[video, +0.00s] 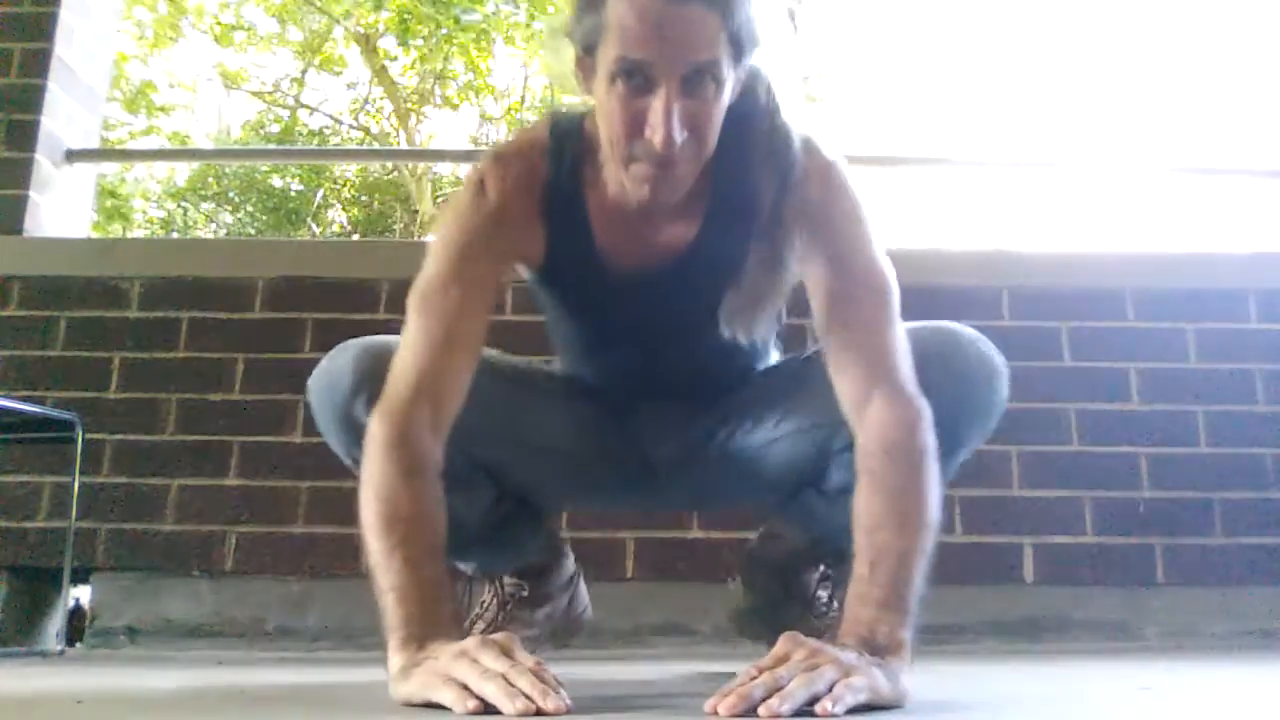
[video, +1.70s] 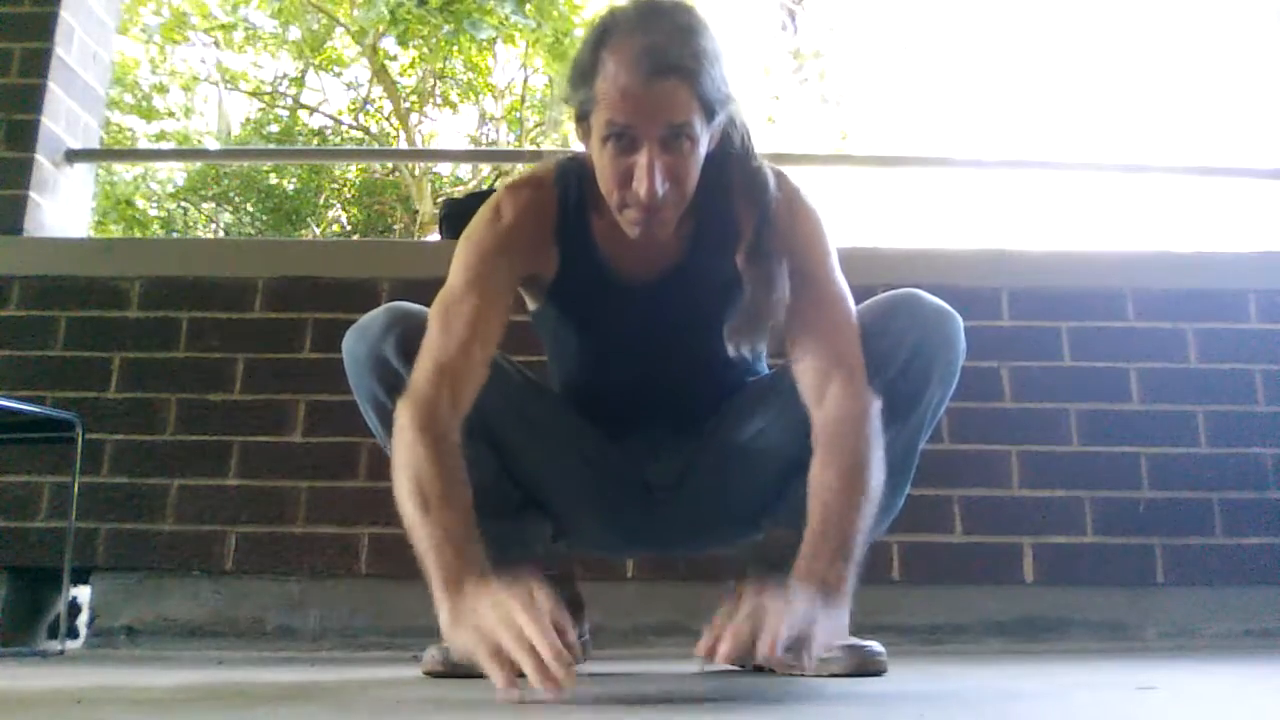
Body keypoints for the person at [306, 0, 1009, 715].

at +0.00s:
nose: (665, 125)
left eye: (698, 84)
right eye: (634, 83)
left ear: (736, 81)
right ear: (587, 74)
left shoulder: (802, 185)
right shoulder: (510, 188)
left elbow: (888, 409)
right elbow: (406, 430)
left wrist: (876, 649)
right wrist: (417, 654)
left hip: (738, 436)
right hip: (583, 435)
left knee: (966, 370)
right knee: (350, 382)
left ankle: (791, 574)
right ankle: (531, 580)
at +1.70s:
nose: (647, 178)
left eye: (677, 142)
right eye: (619, 141)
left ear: (717, 129)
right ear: (584, 130)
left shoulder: (772, 210)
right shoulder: (521, 217)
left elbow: (839, 390)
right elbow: (426, 419)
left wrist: (819, 586)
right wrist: (464, 591)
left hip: (729, 472)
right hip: (584, 473)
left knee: (923, 325)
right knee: (381, 339)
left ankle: (792, 608)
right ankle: (520, 606)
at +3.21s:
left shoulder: (793, 16)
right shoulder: (443, 12)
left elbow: (824, 230)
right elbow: (397, 247)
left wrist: (805, 552)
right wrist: (404, 561)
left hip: (738, 268)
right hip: (560, 267)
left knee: (924, 418)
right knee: (330, 422)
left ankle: (803, 568)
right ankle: (518, 554)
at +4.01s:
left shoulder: (858, 7)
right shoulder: (463, 7)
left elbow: (920, 229)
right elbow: (393, 234)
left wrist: (991, 551)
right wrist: (361, 562)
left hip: (738, 239)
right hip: (551, 243)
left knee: (865, 498)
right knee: (467, 546)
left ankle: (938, 591)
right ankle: (437, 620)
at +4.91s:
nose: (758, 12)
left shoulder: (937, 14)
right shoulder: (586, 11)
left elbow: (988, 266)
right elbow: (598, 279)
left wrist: (1006, 563)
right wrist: (653, 569)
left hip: (832, 288)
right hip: (659, 273)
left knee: (908, 499)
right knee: (548, 477)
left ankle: (962, 569)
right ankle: (501, 577)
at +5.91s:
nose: (489, 16)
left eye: (526, 3)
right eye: (460, 1)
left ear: (570, 1)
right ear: (423, 0)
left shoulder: (677, 22)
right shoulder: (349, 25)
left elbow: (781, 286)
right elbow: (291, 289)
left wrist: (775, 570)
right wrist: (261, 566)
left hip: (684, 309)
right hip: (528, 299)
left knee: (720, 542)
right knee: (491, 543)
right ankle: (530, 570)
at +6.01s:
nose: (461, 32)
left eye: (494, 5)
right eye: (427, 4)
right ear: (380, 4)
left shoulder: (639, 32)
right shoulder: (318, 37)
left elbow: (771, 293)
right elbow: (270, 302)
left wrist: (775, 571)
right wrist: (256, 572)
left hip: (648, 336)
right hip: (494, 326)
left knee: (692, 568)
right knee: (459, 579)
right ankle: (527, 563)